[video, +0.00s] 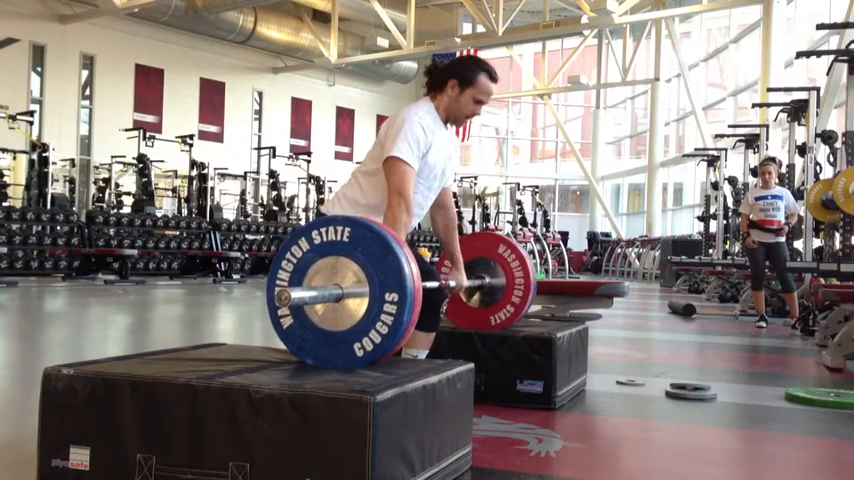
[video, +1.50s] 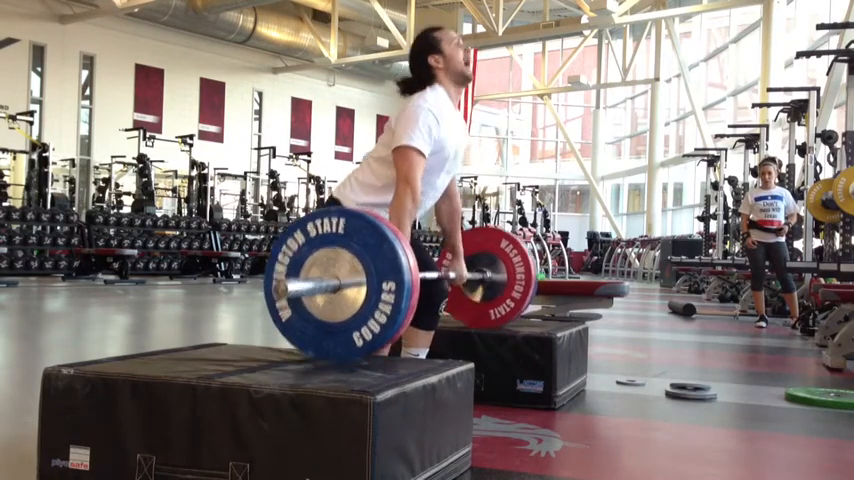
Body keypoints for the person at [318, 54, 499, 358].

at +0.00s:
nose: (478, 112)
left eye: (483, 105)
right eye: (477, 101)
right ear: (452, 88)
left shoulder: (448, 140)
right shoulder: (413, 120)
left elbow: (443, 209)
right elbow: (399, 201)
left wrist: (457, 266)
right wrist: (388, 270)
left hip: (386, 233)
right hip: (346, 226)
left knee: (432, 289)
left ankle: (407, 385)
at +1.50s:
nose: (468, 51)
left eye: (464, 45)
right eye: (458, 46)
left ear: (443, 63)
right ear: (436, 62)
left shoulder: (454, 120)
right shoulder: (424, 106)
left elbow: (447, 194)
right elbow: (407, 190)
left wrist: (456, 255)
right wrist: (396, 259)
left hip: (389, 219)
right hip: (353, 214)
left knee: (433, 285)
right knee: (391, 295)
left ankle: (409, 383)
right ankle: (371, 386)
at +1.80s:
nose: (466, 13)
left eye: (461, 7)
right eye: (455, 8)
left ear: (443, 27)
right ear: (436, 26)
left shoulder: (457, 79)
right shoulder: (429, 64)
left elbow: (450, 154)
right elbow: (406, 139)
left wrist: (454, 212)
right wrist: (392, 209)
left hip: (413, 205)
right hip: (385, 202)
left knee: (434, 285)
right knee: (402, 285)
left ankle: (412, 383)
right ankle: (374, 385)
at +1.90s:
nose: (410, 2)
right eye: (398, 1)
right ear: (378, 18)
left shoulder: (419, 62)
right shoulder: (391, 52)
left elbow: (433, 140)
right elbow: (389, 127)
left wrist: (455, 196)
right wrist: (404, 196)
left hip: (442, 201)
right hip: (412, 199)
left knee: (454, 291)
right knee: (409, 295)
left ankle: (417, 374)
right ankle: (376, 380)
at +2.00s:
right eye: (337, 1)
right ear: (334, 20)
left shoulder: (389, 52)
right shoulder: (354, 44)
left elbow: (420, 115)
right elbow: (368, 105)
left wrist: (457, 158)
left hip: (426, 183)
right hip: (390, 182)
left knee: (426, 278)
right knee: (387, 280)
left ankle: (415, 373)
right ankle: (371, 377)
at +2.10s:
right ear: (327, 14)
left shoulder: (383, 43)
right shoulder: (343, 38)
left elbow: (420, 97)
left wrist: (462, 132)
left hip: (419, 181)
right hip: (378, 185)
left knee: (441, 268)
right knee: (387, 277)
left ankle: (423, 372)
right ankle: (369, 378)